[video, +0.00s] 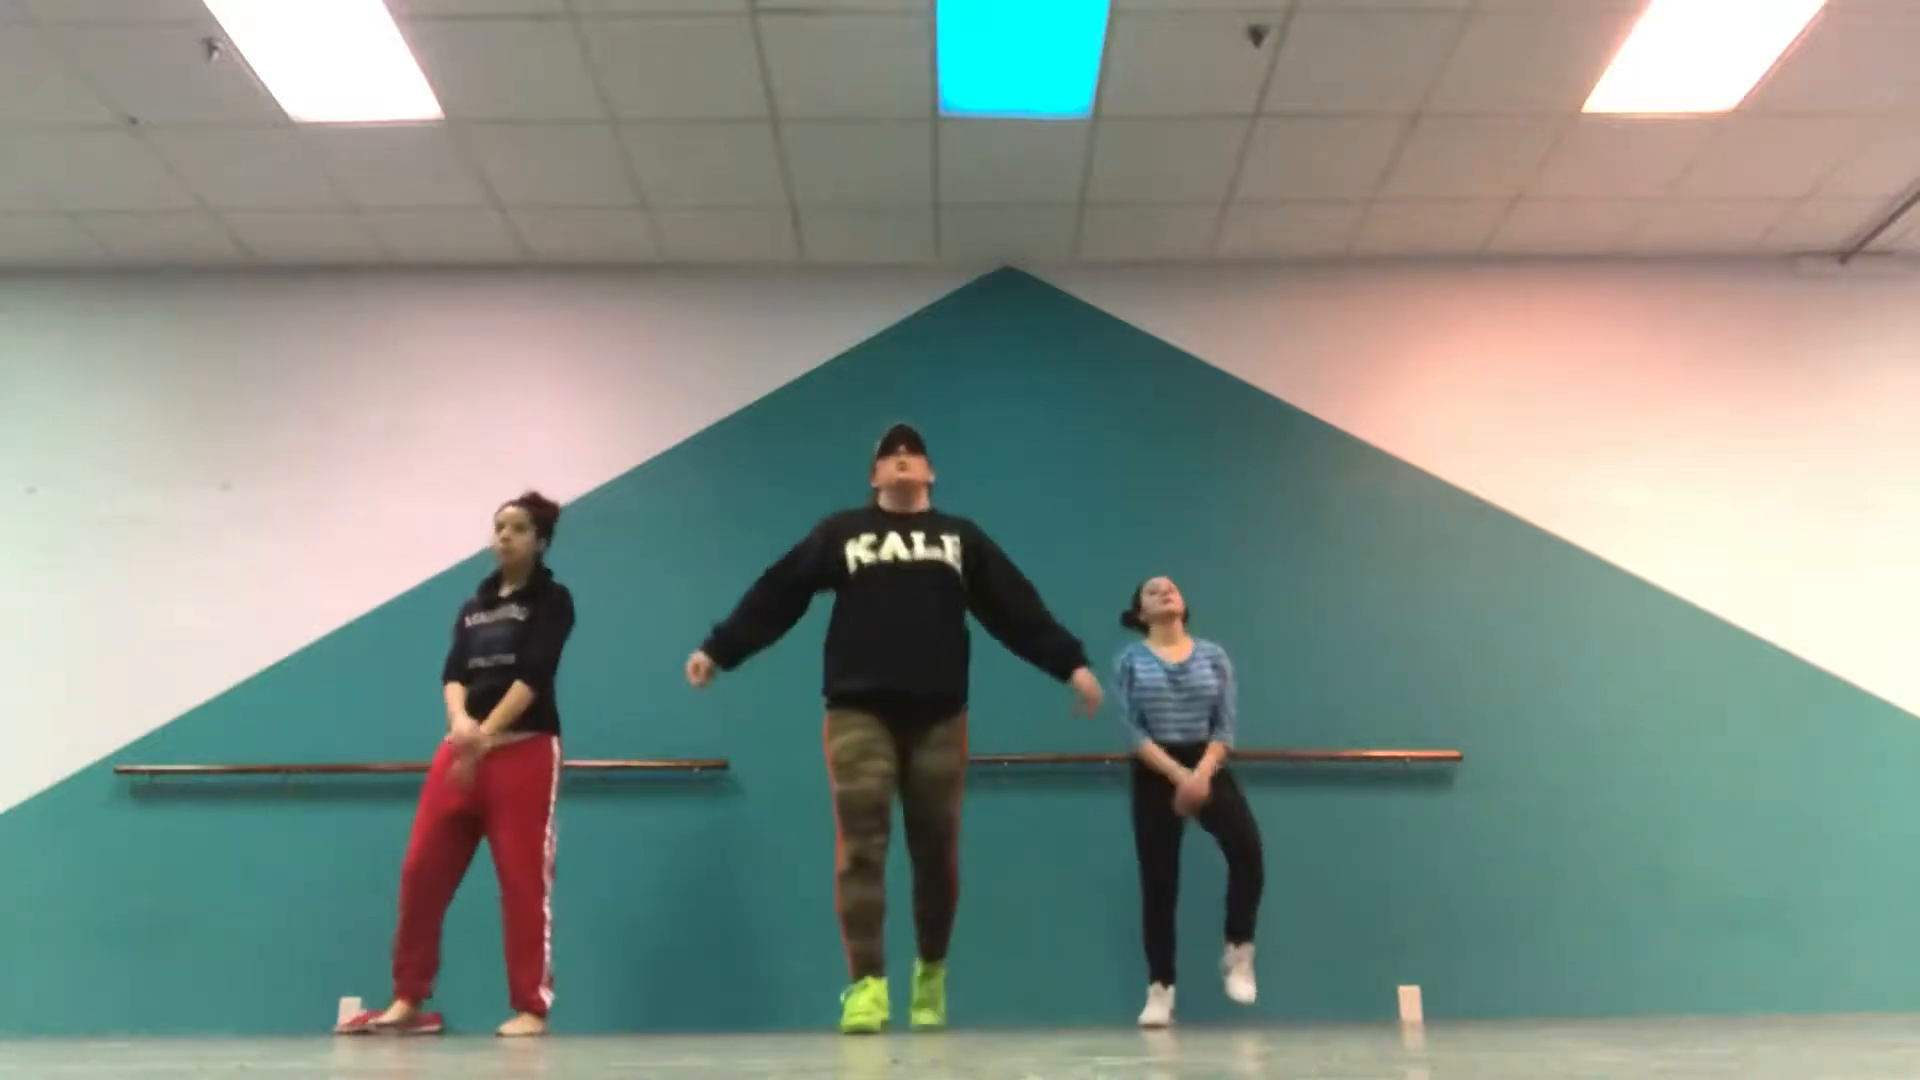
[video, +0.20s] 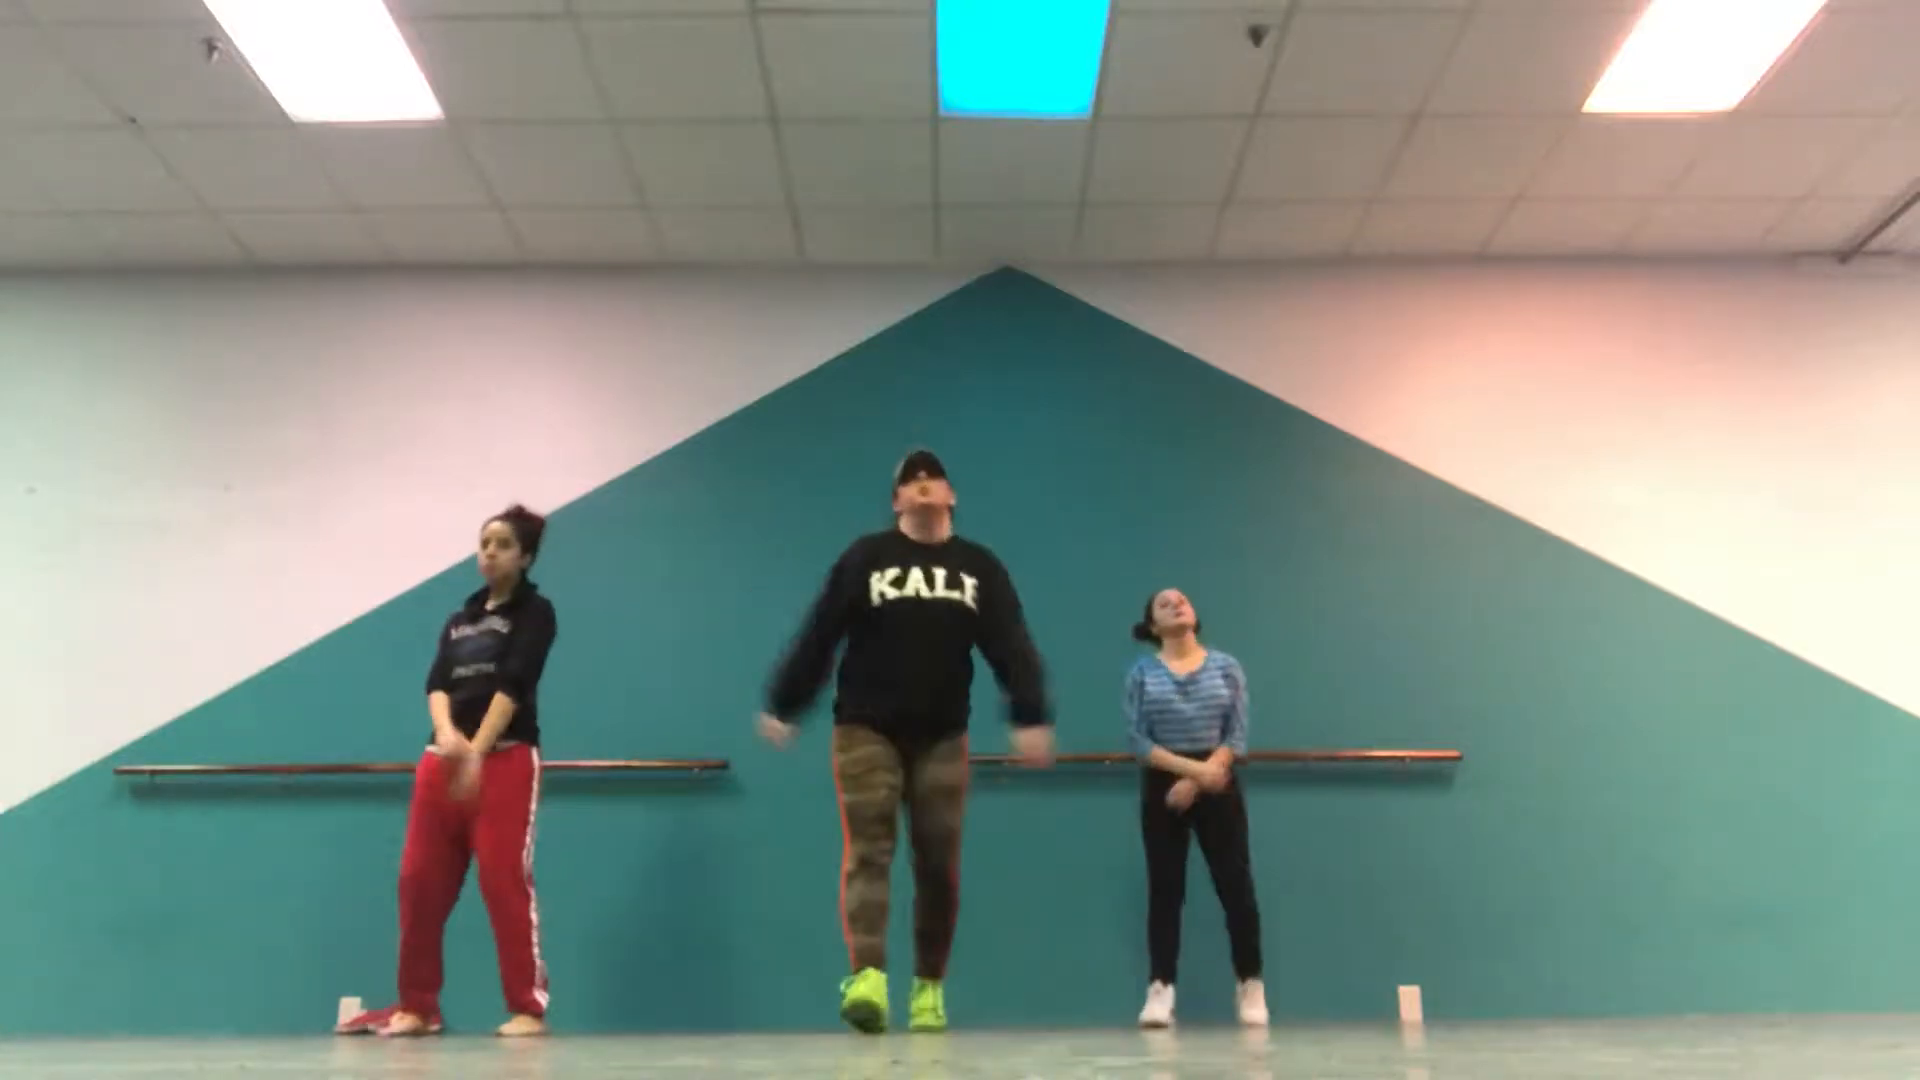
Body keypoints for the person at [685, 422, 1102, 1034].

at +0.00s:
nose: (901, 461)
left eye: (912, 454)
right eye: (890, 455)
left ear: (930, 473)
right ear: (873, 475)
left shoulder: (961, 537)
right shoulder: (839, 533)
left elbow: (1015, 605)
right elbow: (777, 594)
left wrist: (1070, 662)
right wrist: (718, 649)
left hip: (938, 709)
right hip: (858, 707)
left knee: (936, 849)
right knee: (862, 846)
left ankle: (931, 972)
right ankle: (867, 983)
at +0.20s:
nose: (923, 488)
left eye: (933, 480)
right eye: (913, 482)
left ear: (951, 496)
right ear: (897, 500)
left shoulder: (980, 566)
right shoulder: (864, 558)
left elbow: (1011, 642)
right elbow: (821, 633)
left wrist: (1031, 715)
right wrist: (784, 704)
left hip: (941, 729)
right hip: (866, 726)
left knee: (938, 861)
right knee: (869, 851)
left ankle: (930, 985)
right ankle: (867, 976)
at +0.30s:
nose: (929, 499)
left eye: (939, 490)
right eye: (918, 493)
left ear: (957, 508)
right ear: (903, 512)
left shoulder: (984, 577)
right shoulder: (872, 570)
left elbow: (981, 653)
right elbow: (850, 651)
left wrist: (950, 702)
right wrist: (855, 720)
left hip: (941, 726)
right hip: (870, 724)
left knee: (942, 862)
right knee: (864, 853)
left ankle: (930, 988)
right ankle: (862, 977)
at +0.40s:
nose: (926, 485)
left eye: (936, 476)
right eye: (916, 478)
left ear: (954, 492)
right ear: (902, 494)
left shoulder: (980, 558)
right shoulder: (876, 550)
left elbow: (971, 615)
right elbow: (856, 606)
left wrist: (898, 607)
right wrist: (900, 634)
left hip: (945, 724)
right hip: (873, 718)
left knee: (940, 855)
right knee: (860, 846)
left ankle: (931, 983)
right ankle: (866, 967)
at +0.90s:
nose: (919, 477)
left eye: (930, 468)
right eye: (909, 467)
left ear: (945, 481)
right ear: (891, 480)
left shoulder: (965, 533)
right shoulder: (861, 539)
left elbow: (958, 587)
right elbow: (852, 619)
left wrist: (923, 606)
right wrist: (877, 686)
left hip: (947, 698)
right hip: (875, 702)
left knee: (934, 815)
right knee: (888, 846)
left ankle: (930, 946)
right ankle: (916, 973)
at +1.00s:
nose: (929, 466)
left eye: (940, 460)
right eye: (919, 458)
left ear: (954, 475)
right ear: (900, 472)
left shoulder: (976, 534)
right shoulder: (862, 532)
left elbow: (984, 604)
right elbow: (821, 610)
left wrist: (971, 663)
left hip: (940, 699)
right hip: (862, 703)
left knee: (935, 833)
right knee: (864, 842)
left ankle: (933, 972)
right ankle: (903, 941)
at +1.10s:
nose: (930, 478)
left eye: (942, 471)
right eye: (920, 469)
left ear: (957, 486)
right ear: (901, 481)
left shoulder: (970, 564)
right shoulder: (868, 539)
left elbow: (996, 653)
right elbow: (820, 582)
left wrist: (1008, 736)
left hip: (929, 714)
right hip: (850, 707)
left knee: (939, 844)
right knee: (836, 798)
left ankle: (932, 981)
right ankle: (859, 887)